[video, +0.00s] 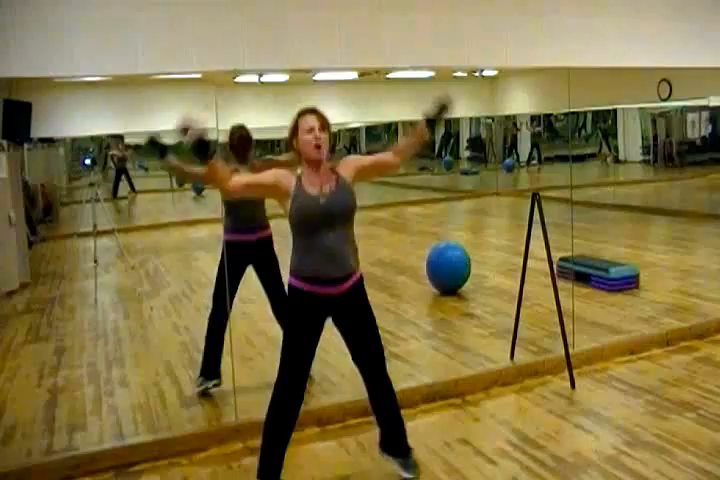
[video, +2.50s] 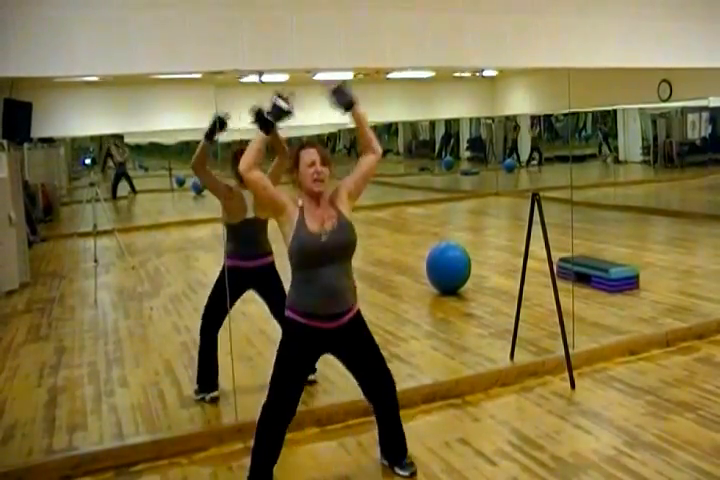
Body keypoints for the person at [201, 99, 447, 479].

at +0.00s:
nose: (316, 136)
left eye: (321, 129)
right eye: (308, 131)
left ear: (329, 136)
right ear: (295, 142)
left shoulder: (347, 169)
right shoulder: (284, 180)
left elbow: (396, 156)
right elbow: (230, 184)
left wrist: (427, 125)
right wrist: (208, 157)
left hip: (350, 290)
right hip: (306, 294)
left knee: (376, 371)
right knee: (289, 385)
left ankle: (397, 447)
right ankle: (268, 473)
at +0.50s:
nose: (322, 129)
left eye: (326, 122)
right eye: (313, 124)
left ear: (334, 128)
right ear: (298, 132)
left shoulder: (348, 167)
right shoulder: (283, 174)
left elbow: (399, 170)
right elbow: (237, 201)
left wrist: (430, 132)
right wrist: (213, 173)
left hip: (347, 281)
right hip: (305, 283)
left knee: (369, 364)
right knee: (295, 378)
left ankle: (375, 446)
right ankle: (281, 469)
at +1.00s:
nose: (321, 133)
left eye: (326, 127)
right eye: (314, 128)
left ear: (334, 133)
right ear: (300, 137)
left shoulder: (351, 181)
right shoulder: (287, 188)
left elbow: (380, 225)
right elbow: (261, 234)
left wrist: (422, 248)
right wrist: (243, 251)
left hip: (347, 289)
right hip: (304, 292)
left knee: (360, 377)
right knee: (310, 382)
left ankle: (357, 460)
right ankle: (308, 466)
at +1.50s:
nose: (324, 153)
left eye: (330, 147)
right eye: (317, 148)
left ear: (338, 154)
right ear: (304, 157)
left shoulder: (352, 184)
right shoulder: (292, 193)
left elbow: (386, 145)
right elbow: (245, 162)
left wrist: (380, 92)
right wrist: (254, 107)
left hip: (352, 308)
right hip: (308, 311)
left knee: (384, 384)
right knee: (285, 400)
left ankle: (403, 457)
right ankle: (262, 475)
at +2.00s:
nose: (321, 154)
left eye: (325, 147)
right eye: (313, 148)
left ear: (331, 153)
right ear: (298, 157)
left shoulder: (343, 197)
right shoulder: (286, 205)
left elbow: (353, 257)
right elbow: (278, 267)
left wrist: (373, 308)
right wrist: (268, 323)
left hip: (346, 314)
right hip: (305, 316)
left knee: (353, 399)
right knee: (311, 399)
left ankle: (339, 465)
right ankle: (310, 470)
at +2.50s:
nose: (317, 169)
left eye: (321, 163)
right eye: (309, 164)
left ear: (329, 170)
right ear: (297, 174)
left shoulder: (342, 199)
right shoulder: (288, 208)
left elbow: (373, 152)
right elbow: (247, 170)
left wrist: (354, 108)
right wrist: (266, 125)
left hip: (348, 323)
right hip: (303, 327)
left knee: (384, 390)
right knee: (278, 410)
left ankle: (395, 456)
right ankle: (259, 476)